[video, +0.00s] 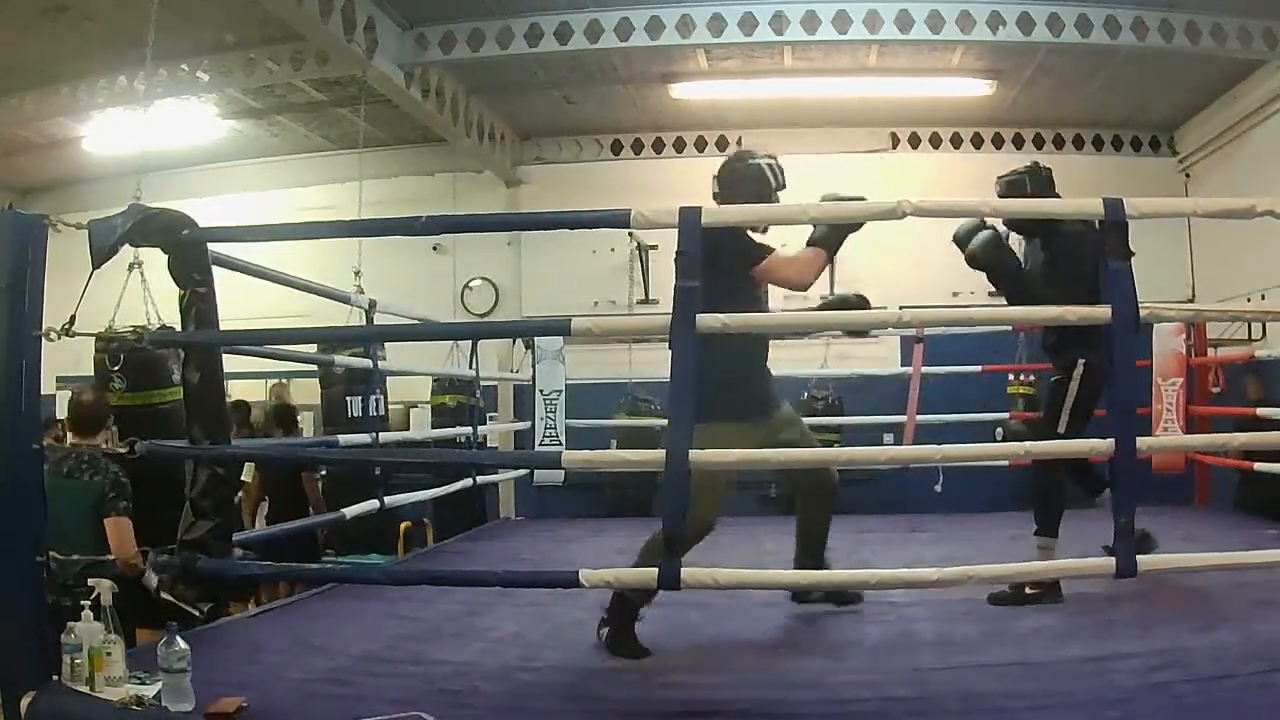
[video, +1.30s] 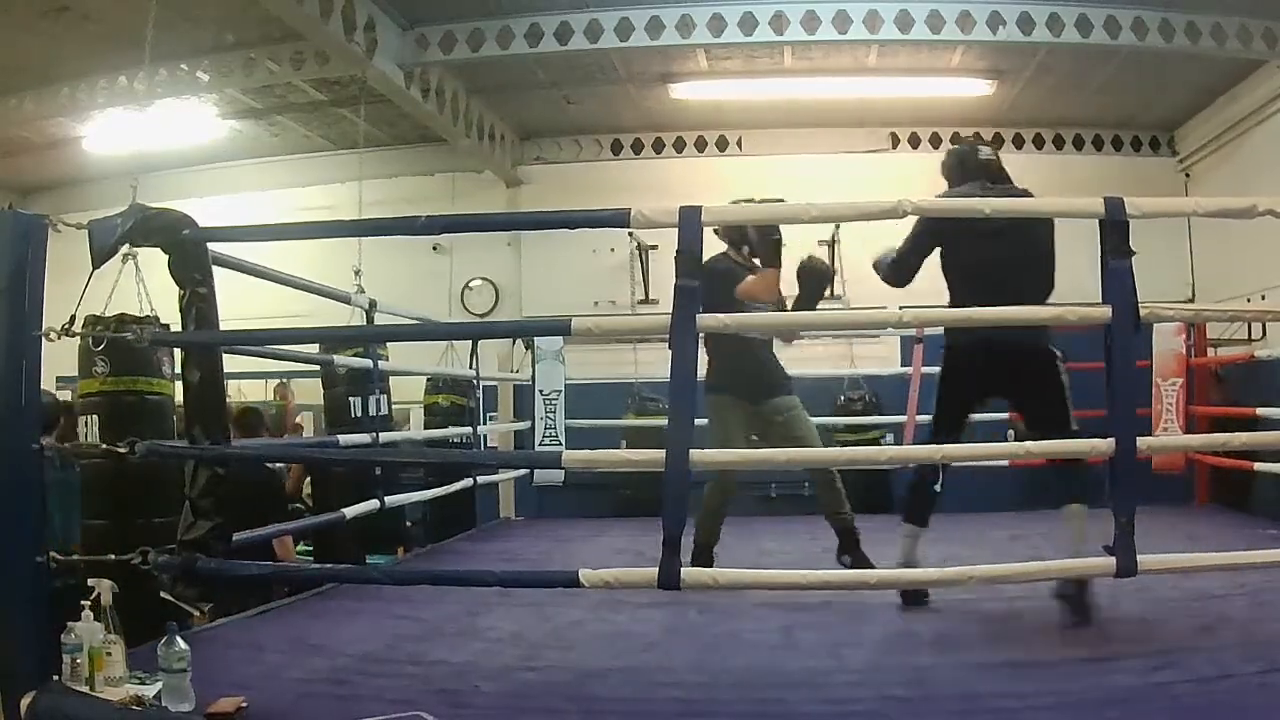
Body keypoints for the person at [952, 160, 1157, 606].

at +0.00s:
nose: (1003, 212)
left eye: (1010, 201)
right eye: (1001, 202)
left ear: (1035, 199)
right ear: (1038, 198)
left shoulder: (1069, 235)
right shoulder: (1044, 239)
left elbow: (1050, 307)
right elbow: (1039, 303)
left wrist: (1003, 265)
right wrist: (1003, 279)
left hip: (1084, 357)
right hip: (1069, 356)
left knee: (1048, 451)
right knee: (1066, 449)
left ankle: (1043, 571)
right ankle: (1128, 532)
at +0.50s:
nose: (1035, 212)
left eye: (1038, 202)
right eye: (1034, 204)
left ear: (1056, 194)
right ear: (1074, 188)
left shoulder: (1079, 224)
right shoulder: (1098, 228)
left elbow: (1034, 250)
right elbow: (1043, 290)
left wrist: (1002, 221)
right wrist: (1011, 259)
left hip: (1097, 356)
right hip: (1132, 353)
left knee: (1048, 453)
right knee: (1145, 448)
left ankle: (1033, 573)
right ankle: (1193, 551)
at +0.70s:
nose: (1053, 219)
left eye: (1057, 212)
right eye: (1054, 212)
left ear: (1070, 209)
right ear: (1102, 207)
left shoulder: (1073, 240)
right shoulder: (1135, 250)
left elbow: (1027, 272)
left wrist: (962, 274)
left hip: (1083, 379)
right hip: (1135, 379)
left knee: (1027, 459)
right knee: (1162, 459)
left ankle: (1020, 576)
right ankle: (1219, 556)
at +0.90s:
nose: (1029, 215)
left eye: (1032, 208)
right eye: (1030, 209)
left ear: (1044, 205)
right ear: (1083, 197)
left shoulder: (1041, 240)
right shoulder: (1116, 236)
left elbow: (986, 278)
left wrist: (938, 309)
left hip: (1070, 378)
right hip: (1126, 375)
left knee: (1018, 458)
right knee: (1159, 453)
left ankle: (1008, 565)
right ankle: (1201, 552)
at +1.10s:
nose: (1001, 206)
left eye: (1003, 200)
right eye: (1004, 201)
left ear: (1011, 200)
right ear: (1057, 196)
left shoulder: (999, 233)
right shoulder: (1091, 232)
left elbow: (929, 251)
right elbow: (1127, 243)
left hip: (1035, 382)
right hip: (1096, 379)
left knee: (986, 469)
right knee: (1145, 461)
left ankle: (935, 572)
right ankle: (1198, 569)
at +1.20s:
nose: (973, 200)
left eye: (974, 192)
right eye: (975, 192)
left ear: (984, 193)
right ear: (1027, 185)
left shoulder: (965, 226)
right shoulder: (1061, 224)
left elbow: (892, 242)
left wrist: (856, 226)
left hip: (1000, 367)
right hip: (1059, 362)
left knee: (971, 465)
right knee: (1114, 454)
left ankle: (933, 579)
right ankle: (1163, 567)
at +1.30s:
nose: (943, 188)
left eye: (945, 180)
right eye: (943, 181)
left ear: (955, 176)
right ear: (993, 170)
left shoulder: (947, 207)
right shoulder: (1036, 209)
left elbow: (899, 275)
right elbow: (1045, 284)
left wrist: (883, 260)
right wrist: (1006, 298)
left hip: (968, 352)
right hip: (1030, 350)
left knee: (937, 449)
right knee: (1066, 451)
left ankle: (907, 563)